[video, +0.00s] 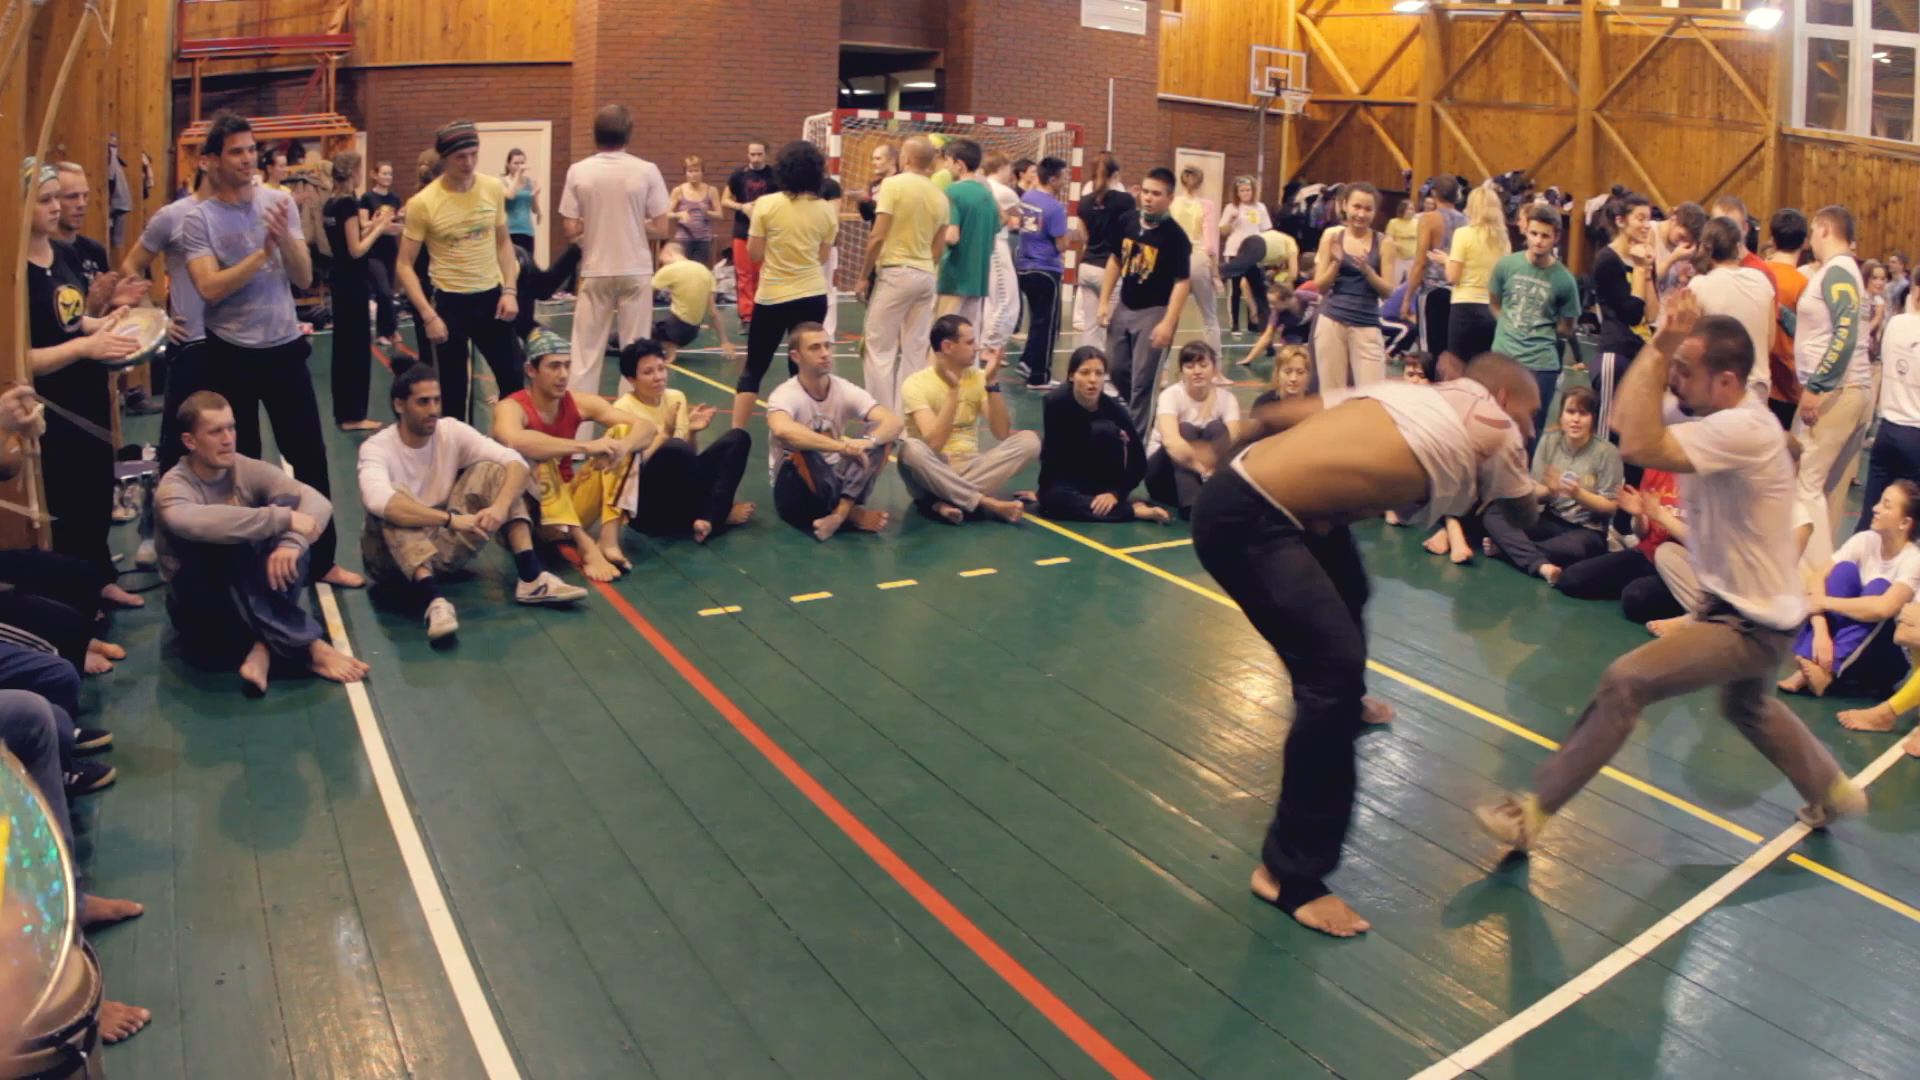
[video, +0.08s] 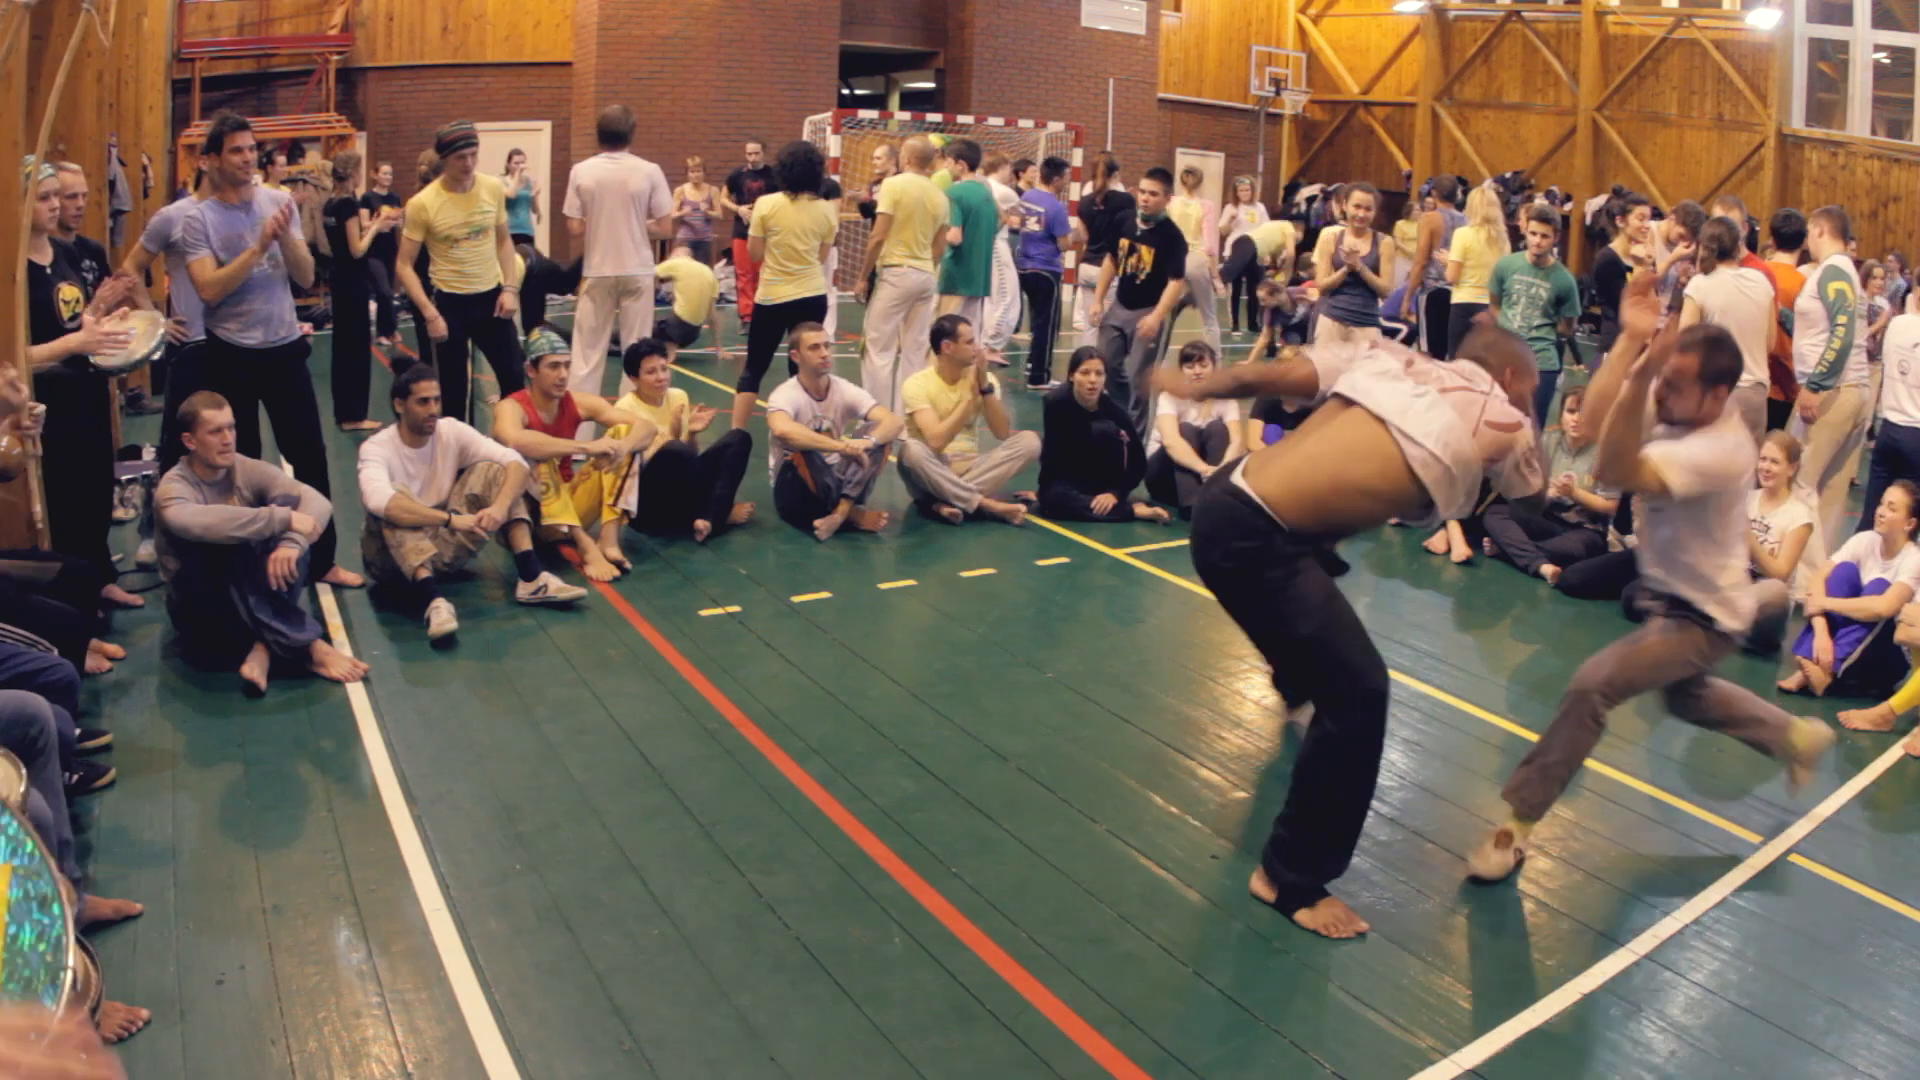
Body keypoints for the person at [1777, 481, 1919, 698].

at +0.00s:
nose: (1875, 508)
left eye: (1886, 506)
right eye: (1879, 502)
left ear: (1905, 523)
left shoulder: (1913, 558)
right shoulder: (1865, 540)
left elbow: (1885, 609)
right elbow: (1817, 578)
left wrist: (1823, 602)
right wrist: (1821, 633)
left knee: (1879, 586)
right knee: (1844, 571)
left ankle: (1825, 670)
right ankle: (1807, 667)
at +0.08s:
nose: (1880, 512)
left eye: (1891, 509)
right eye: (1881, 504)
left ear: (1910, 524)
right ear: (1876, 506)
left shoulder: (1913, 558)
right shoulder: (1865, 540)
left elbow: (1885, 608)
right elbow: (1818, 578)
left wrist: (1824, 603)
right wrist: (1821, 634)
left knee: (1879, 586)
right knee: (1845, 570)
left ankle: (1823, 670)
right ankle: (1808, 666)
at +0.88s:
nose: (1879, 520)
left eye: (1889, 514)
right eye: (1876, 511)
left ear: (1907, 523)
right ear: (1870, 512)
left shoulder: (1913, 558)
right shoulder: (1860, 542)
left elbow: (1885, 610)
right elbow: (1814, 579)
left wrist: (1823, 603)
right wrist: (1822, 637)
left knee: (1878, 586)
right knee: (1843, 570)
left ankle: (1825, 675)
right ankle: (1808, 665)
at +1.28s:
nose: (1877, 521)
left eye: (1887, 515)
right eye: (1874, 512)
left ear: (1905, 523)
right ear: (1868, 513)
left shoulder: (1912, 559)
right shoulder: (1859, 542)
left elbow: (1884, 609)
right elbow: (1813, 581)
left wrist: (1822, 604)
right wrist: (1820, 638)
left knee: (1876, 586)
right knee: (1843, 571)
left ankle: (1823, 676)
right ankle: (1807, 666)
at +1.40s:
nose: (1877, 521)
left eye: (1887, 515)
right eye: (1874, 512)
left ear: (1905, 523)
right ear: (1868, 512)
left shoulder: (1912, 559)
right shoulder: (1859, 542)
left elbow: (1884, 609)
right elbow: (1814, 581)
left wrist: (1822, 604)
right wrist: (1820, 637)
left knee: (1876, 586)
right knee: (1843, 571)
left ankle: (1824, 676)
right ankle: (1807, 666)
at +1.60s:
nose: (1877, 521)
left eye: (1887, 515)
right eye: (1874, 512)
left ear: (1905, 523)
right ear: (1868, 513)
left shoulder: (1912, 559)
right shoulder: (1860, 542)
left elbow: (1885, 609)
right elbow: (1814, 581)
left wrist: (1822, 604)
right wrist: (1820, 638)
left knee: (1877, 586)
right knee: (1843, 572)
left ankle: (1824, 676)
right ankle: (1807, 666)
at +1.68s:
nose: (1876, 521)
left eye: (1887, 515)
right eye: (1874, 512)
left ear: (1905, 523)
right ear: (1868, 513)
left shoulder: (1911, 558)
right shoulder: (1860, 542)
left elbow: (1884, 609)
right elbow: (1814, 581)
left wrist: (1823, 604)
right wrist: (1820, 638)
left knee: (1877, 587)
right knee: (1843, 571)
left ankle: (1823, 677)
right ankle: (1807, 667)